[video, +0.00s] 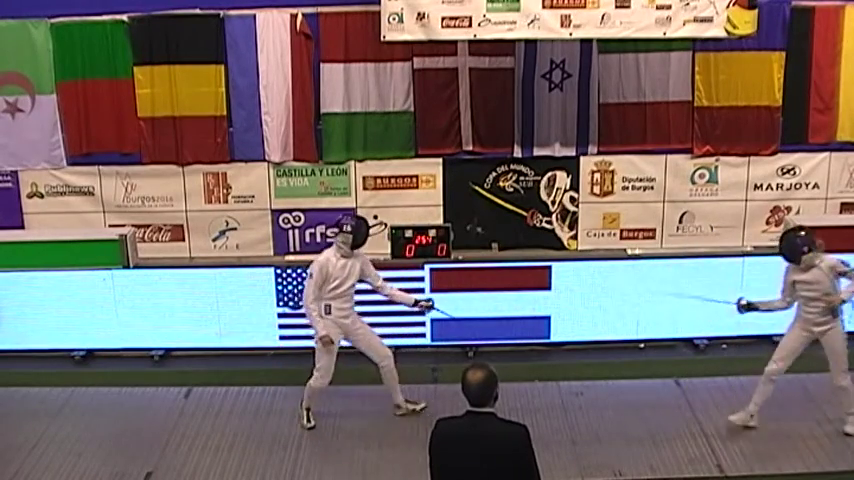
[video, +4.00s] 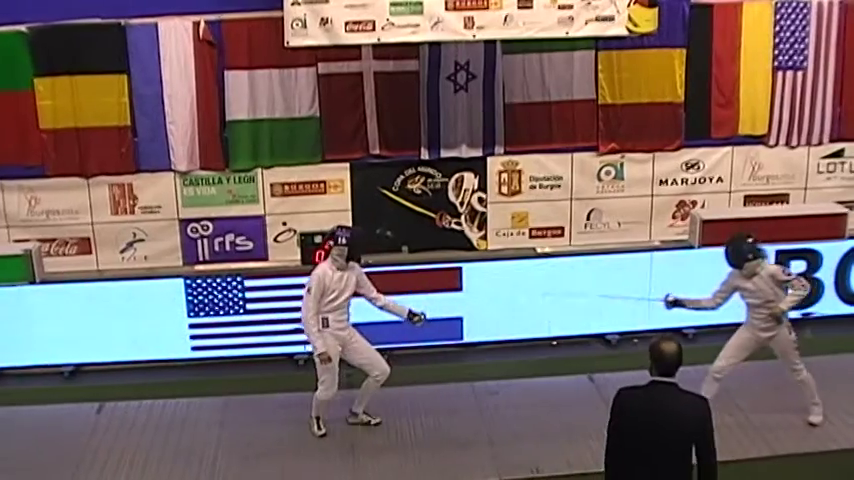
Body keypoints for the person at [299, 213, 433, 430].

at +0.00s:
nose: (342, 239)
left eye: (348, 236)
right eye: (341, 233)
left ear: (358, 241)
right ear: (337, 234)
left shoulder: (360, 261)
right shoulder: (322, 262)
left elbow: (383, 288)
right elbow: (309, 301)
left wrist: (414, 302)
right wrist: (320, 330)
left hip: (351, 320)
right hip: (326, 322)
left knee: (385, 358)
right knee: (322, 376)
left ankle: (400, 404)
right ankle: (306, 407)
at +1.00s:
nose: (383, 237)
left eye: (389, 234)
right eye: (382, 232)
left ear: (400, 238)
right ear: (380, 233)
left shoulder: (407, 255)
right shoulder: (369, 261)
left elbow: (440, 274)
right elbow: (360, 302)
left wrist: (476, 277)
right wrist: (374, 329)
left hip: (401, 319)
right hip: (377, 323)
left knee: (432, 357)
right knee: (373, 377)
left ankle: (423, 407)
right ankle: (380, 407)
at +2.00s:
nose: (354, 239)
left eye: (360, 236)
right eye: (352, 234)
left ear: (369, 240)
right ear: (348, 235)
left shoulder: (374, 260)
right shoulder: (337, 264)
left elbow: (397, 286)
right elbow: (326, 303)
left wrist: (428, 300)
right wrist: (339, 333)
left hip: (369, 321)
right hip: (345, 323)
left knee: (403, 359)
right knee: (340, 377)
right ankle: (322, 409)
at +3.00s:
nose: (419, 242)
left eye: (422, 238)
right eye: (415, 238)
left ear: (427, 239)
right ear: (407, 239)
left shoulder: (436, 259)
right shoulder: (398, 267)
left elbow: (468, 277)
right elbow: (391, 305)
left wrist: (505, 277)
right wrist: (401, 335)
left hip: (434, 324)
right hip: (409, 328)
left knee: (470, 358)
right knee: (389, 379)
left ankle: (470, 407)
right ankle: (364, 406)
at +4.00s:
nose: (339, 250)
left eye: (344, 247)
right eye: (336, 246)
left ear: (351, 251)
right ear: (330, 247)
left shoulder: (355, 271)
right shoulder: (320, 274)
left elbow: (377, 299)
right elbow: (308, 313)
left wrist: (407, 314)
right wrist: (318, 347)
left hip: (346, 332)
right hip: (324, 335)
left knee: (380, 371)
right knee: (328, 389)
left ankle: (357, 413)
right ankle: (317, 417)